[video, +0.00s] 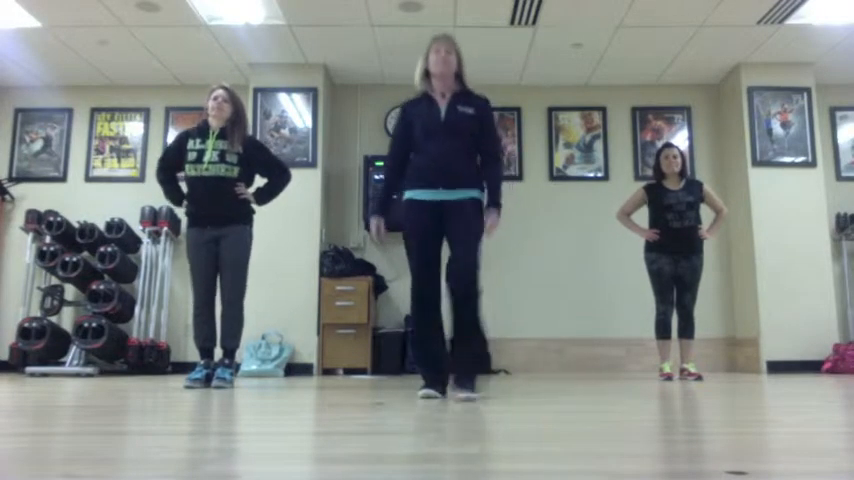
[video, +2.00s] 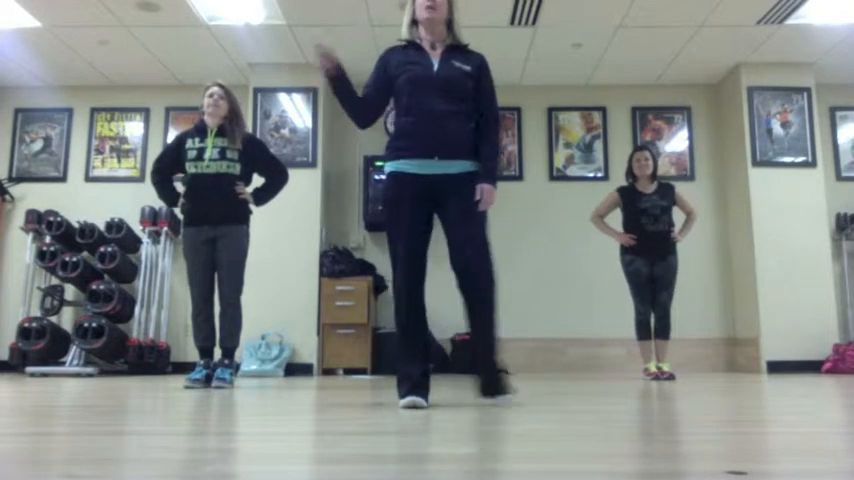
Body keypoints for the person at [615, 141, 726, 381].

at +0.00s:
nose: (672, 161)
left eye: (675, 157)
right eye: (666, 158)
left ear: (682, 160)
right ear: (659, 163)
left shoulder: (696, 187)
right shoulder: (651, 190)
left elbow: (721, 210)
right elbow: (622, 214)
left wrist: (709, 232)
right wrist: (643, 232)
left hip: (690, 253)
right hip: (660, 254)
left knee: (686, 309)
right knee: (664, 308)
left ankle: (687, 363)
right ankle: (665, 363)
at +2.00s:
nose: (642, 164)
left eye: (646, 160)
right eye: (638, 161)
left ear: (654, 163)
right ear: (631, 166)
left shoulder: (667, 191)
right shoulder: (624, 193)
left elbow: (692, 213)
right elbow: (595, 217)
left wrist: (680, 235)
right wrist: (617, 235)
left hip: (665, 253)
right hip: (636, 255)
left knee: (663, 307)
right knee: (642, 309)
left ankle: (662, 362)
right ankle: (648, 363)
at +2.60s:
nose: (646, 163)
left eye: (650, 159)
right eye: (641, 160)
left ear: (657, 163)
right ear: (634, 166)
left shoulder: (670, 189)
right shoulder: (626, 193)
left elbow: (696, 213)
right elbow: (598, 217)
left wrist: (684, 233)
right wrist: (619, 235)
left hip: (667, 253)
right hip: (638, 254)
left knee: (664, 308)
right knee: (644, 308)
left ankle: (663, 363)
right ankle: (649, 364)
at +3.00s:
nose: (648, 164)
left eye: (651, 160)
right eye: (643, 161)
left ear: (658, 163)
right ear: (636, 167)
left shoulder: (670, 190)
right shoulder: (627, 192)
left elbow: (695, 212)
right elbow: (600, 217)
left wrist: (684, 233)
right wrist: (620, 234)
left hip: (667, 252)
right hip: (639, 253)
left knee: (664, 308)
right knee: (645, 309)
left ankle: (662, 363)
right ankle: (649, 364)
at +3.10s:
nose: (649, 163)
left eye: (652, 158)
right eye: (644, 160)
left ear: (659, 163)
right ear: (636, 167)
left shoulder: (671, 189)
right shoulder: (627, 192)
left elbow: (695, 212)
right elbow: (600, 217)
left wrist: (684, 234)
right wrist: (620, 234)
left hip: (667, 252)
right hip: (638, 254)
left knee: (664, 308)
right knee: (645, 308)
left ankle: (663, 363)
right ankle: (649, 364)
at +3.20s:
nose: (655, 158)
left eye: (656, 154)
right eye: (649, 154)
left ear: (659, 161)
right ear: (638, 164)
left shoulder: (671, 190)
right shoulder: (627, 192)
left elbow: (695, 213)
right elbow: (600, 217)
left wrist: (684, 234)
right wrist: (620, 232)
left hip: (667, 253)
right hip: (638, 255)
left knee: (664, 308)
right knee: (645, 308)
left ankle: (663, 363)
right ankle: (649, 364)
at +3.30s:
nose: (649, 161)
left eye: (652, 157)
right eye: (643, 158)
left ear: (659, 162)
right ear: (635, 164)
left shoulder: (671, 190)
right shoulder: (627, 192)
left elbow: (695, 213)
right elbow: (602, 218)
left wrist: (684, 234)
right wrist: (619, 229)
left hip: (666, 252)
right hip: (637, 254)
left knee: (664, 307)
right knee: (645, 308)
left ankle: (663, 363)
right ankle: (649, 364)